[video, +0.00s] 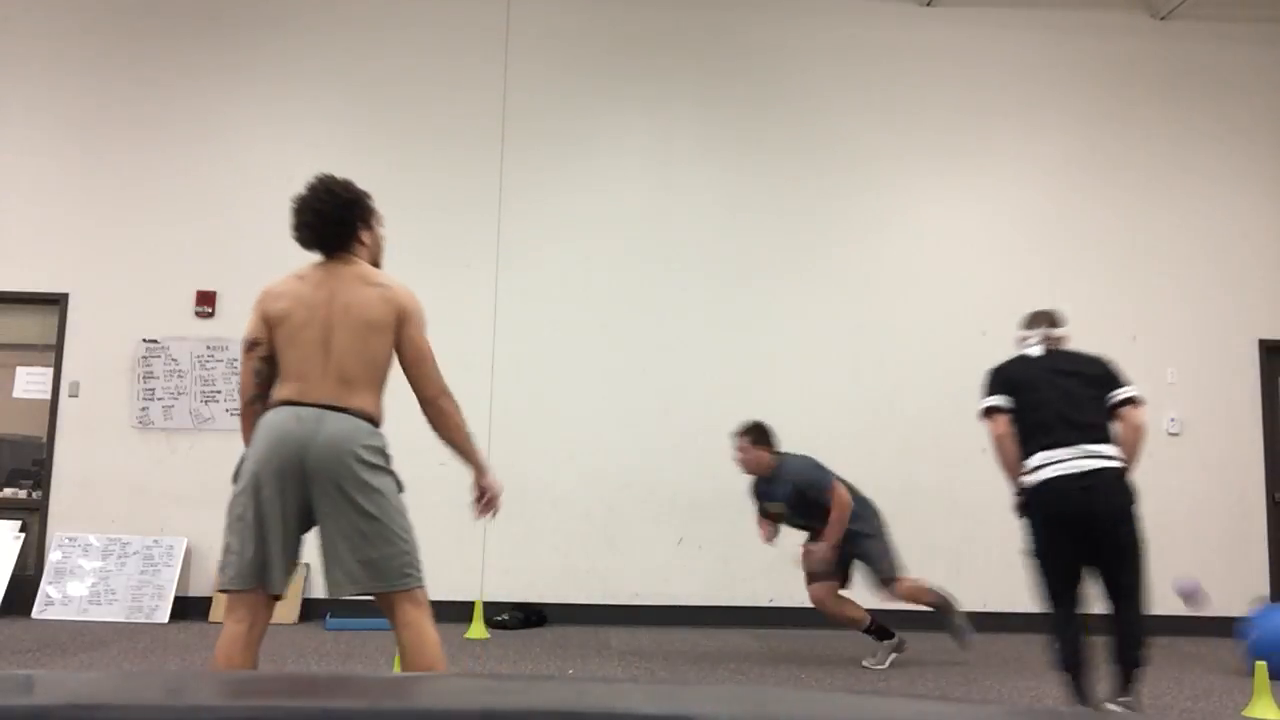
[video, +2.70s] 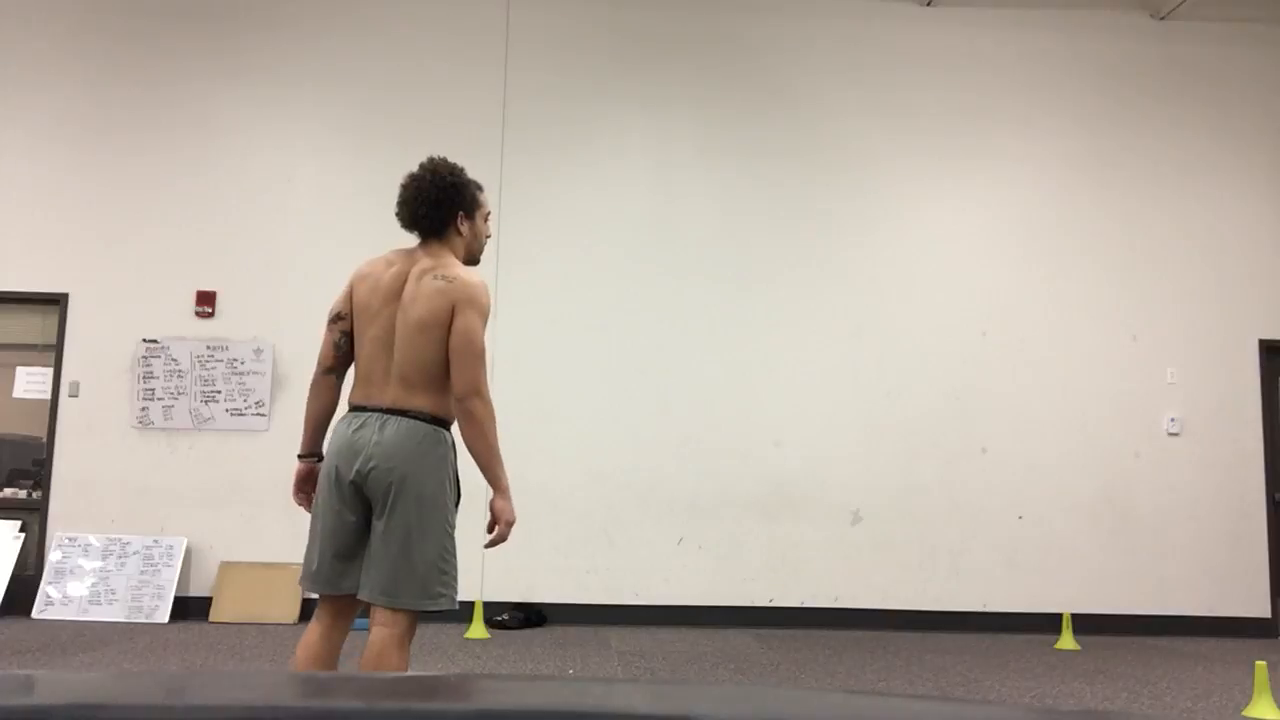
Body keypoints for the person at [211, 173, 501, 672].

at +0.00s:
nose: (383, 234)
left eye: (379, 224)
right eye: (378, 224)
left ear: (320, 236)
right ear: (362, 231)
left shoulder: (276, 296)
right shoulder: (394, 298)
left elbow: (251, 396)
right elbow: (434, 398)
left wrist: (259, 463)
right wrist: (479, 465)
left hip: (277, 435)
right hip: (351, 438)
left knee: (246, 608)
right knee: (407, 604)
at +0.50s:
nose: (342, 224)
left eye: (339, 213)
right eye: (336, 214)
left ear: (278, 225)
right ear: (316, 221)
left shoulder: (233, 287)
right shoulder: (344, 281)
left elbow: (206, 392)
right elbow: (355, 383)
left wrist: (194, 477)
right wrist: (392, 465)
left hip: (235, 442)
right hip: (311, 442)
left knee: (224, 612)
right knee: (371, 598)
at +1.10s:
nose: (410, 218)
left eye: (407, 207)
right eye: (403, 208)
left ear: (356, 220)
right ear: (379, 218)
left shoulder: (301, 282)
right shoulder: (399, 278)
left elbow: (278, 381)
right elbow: (411, 383)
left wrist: (281, 450)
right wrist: (459, 455)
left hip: (303, 439)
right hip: (371, 441)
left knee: (275, 608)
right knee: (371, 616)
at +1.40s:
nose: (454, 224)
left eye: (452, 213)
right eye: (449, 214)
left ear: (396, 221)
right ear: (424, 220)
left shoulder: (340, 280)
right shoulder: (437, 282)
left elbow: (310, 376)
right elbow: (455, 389)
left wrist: (327, 444)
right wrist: (504, 467)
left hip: (324, 442)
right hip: (388, 445)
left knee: (349, 611)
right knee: (380, 619)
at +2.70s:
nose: (489, 230)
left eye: (488, 217)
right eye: (485, 217)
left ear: (424, 219)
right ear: (462, 220)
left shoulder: (366, 275)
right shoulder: (466, 286)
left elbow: (328, 371)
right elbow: (469, 398)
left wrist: (309, 455)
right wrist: (500, 488)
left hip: (348, 444)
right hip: (414, 454)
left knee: (331, 610)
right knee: (391, 624)